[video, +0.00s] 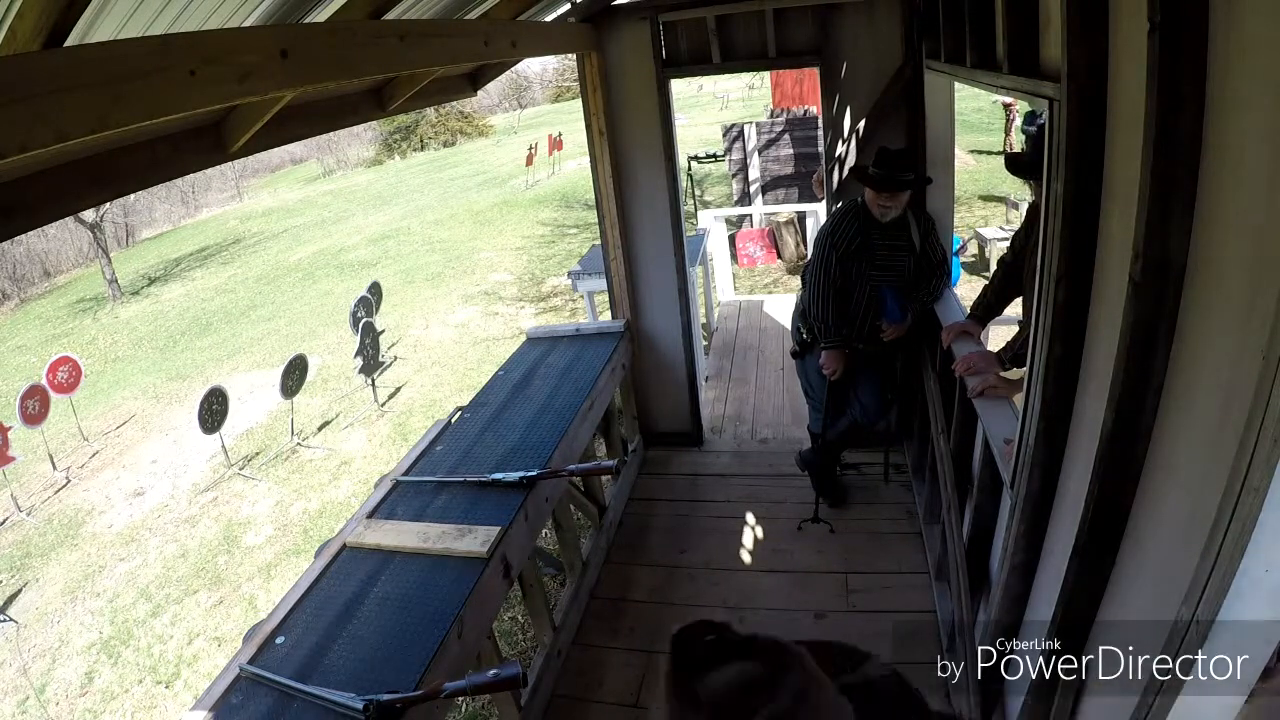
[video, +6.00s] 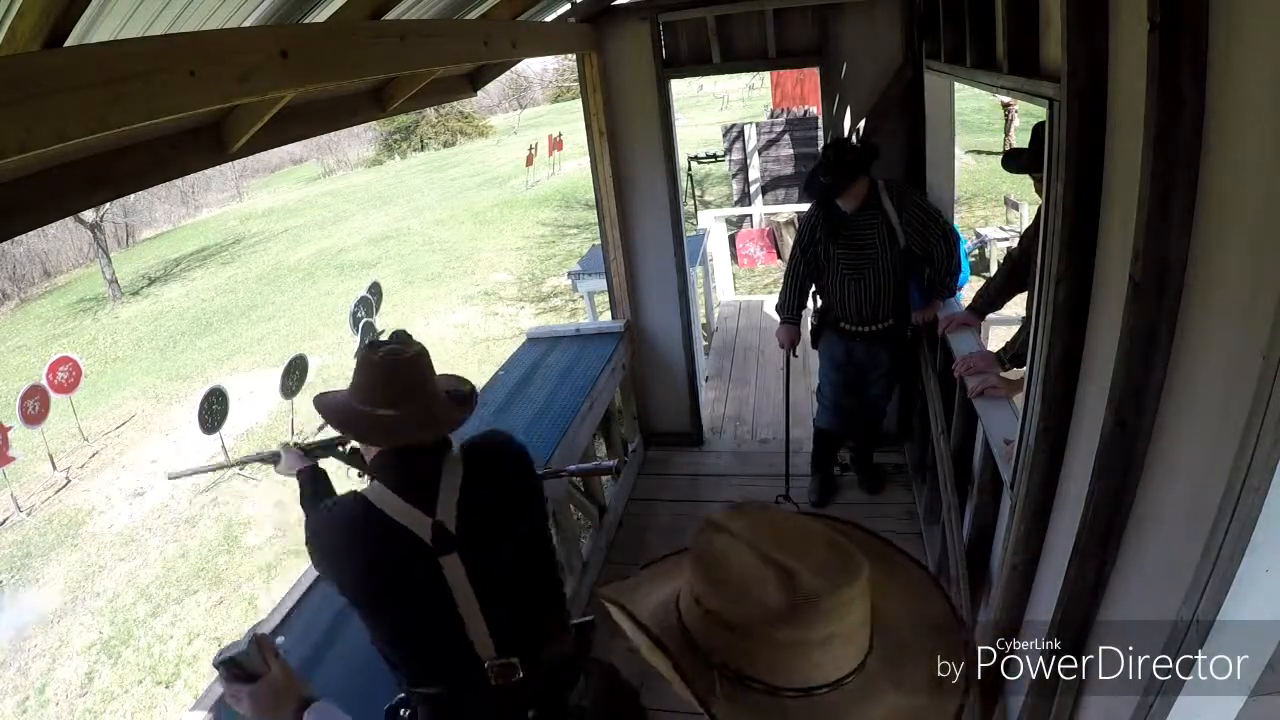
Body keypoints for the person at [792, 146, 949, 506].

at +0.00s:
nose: (886, 199)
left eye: (897, 191)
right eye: (878, 190)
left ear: (911, 192)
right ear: (865, 186)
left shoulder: (920, 225)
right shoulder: (844, 223)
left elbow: (937, 273)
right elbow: (820, 282)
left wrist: (909, 317)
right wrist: (831, 343)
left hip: (875, 335)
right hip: (824, 334)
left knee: (871, 409)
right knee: (826, 410)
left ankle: (817, 455)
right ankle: (827, 478)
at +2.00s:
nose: (852, 182)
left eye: (863, 174)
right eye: (847, 172)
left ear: (885, 174)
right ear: (840, 171)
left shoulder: (906, 216)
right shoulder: (824, 215)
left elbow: (934, 270)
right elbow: (801, 270)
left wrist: (912, 318)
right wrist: (801, 324)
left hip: (882, 334)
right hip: (832, 331)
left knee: (873, 404)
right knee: (830, 405)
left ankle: (865, 460)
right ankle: (826, 472)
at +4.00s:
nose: (884, 188)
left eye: (886, 179)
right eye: (875, 181)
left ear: (889, 176)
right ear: (849, 182)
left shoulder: (907, 209)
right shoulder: (824, 218)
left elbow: (945, 243)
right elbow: (795, 269)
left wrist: (937, 296)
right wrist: (786, 322)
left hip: (890, 333)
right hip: (840, 333)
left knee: (873, 403)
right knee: (832, 406)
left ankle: (864, 460)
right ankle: (823, 472)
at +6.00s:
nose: (839, 199)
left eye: (844, 190)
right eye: (833, 192)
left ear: (862, 180)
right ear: (828, 185)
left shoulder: (901, 206)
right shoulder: (821, 217)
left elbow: (945, 243)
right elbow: (799, 267)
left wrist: (936, 298)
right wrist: (788, 318)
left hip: (888, 332)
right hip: (837, 332)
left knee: (875, 404)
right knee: (831, 404)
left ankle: (865, 461)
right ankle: (822, 475)